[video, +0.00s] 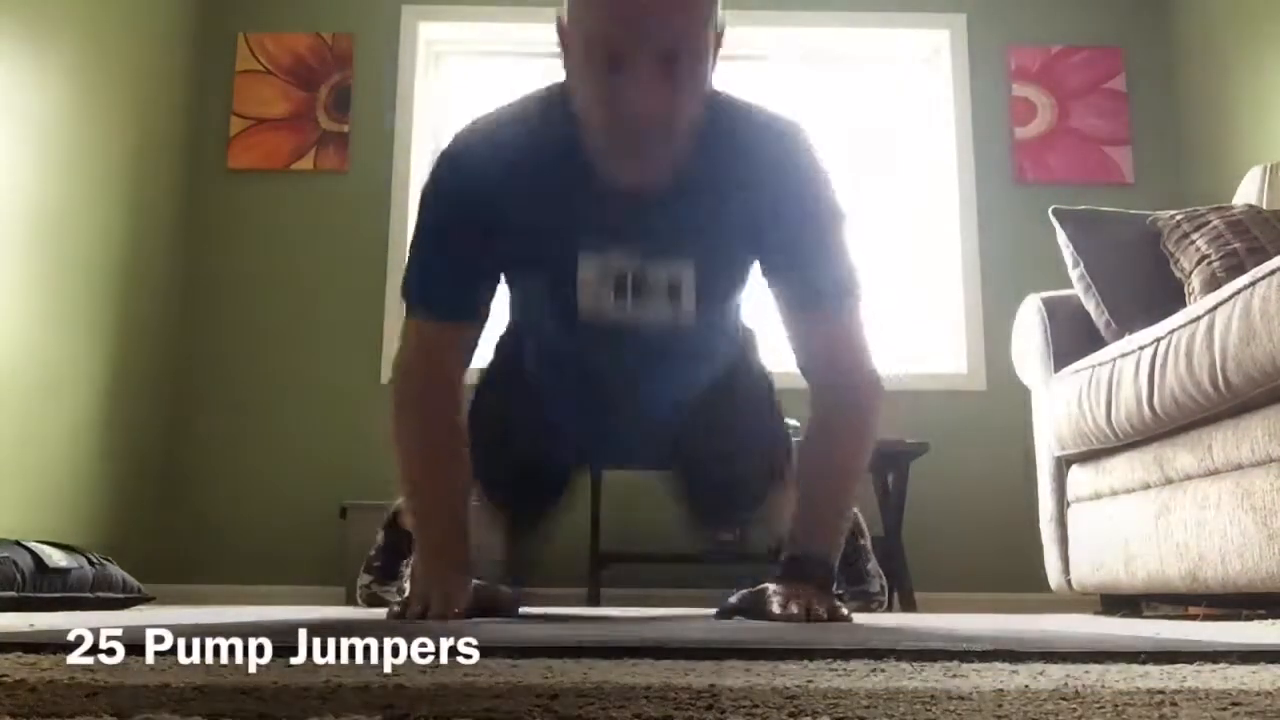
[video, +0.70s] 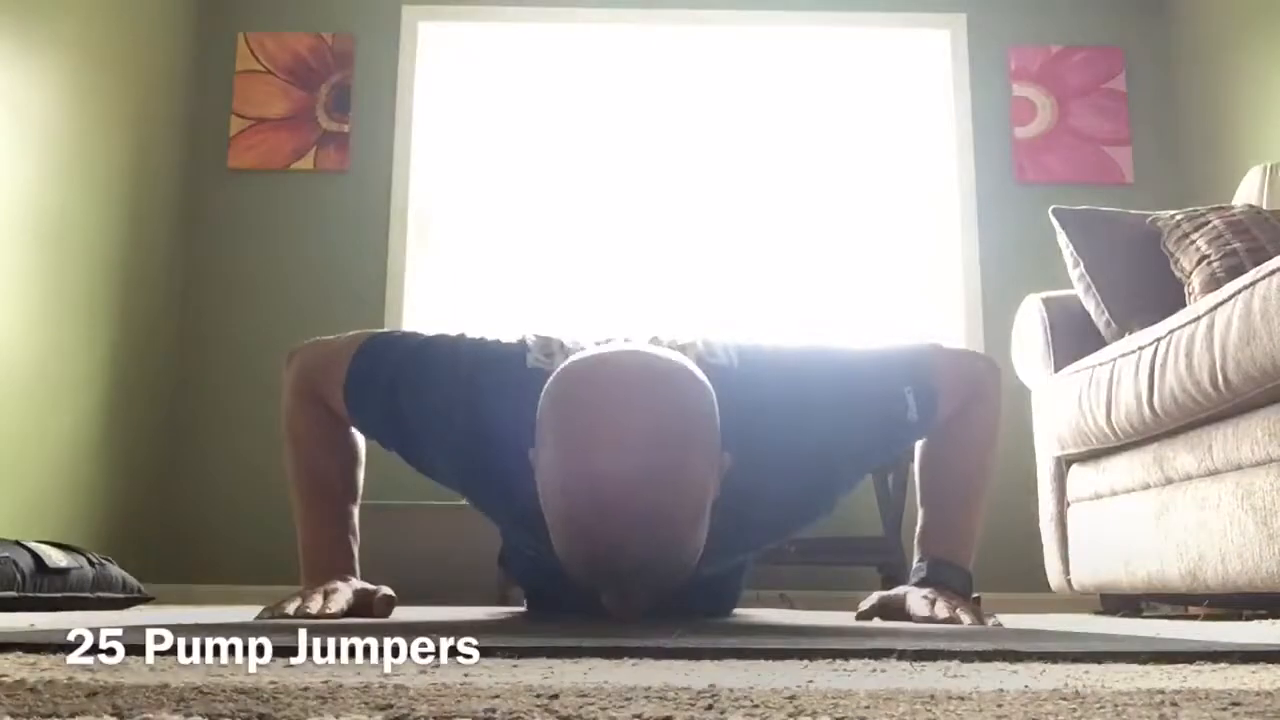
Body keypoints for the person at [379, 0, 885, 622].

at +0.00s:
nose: (641, 100)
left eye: (671, 62)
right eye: (611, 63)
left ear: (717, 51)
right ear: (564, 46)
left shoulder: (771, 162)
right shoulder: (485, 165)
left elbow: (847, 382)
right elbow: (426, 374)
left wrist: (810, 572)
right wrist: (441, 583)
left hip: (706, 395)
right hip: (546, 393)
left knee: (765, 532)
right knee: (478, 542)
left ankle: (837, 536)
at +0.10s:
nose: (642, 44)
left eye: (675, 12)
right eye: (612, 10)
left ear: (714, 7)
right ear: (574, 4)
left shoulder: (774, 82)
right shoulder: (488, 86)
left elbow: (826, 332)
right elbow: (436, 324)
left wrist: (811, 547)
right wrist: (440, 552)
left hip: (706, 302)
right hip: (548, 301)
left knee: (761, 412)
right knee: (488, 422)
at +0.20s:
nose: (639, 40)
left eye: (670, 6)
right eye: (608, 5)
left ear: (711, 1)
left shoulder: (773, 39)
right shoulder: (484, 57)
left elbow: (851, 295)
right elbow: (412, 293)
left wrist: (856, 495)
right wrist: (412, 498)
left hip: (698, 280)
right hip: (558, 282)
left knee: (720, 394)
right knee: (545, 395)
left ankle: (729, 466)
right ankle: (530, 464)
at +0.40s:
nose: (622, 292)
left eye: (650, 262)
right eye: (592, 263)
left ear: (692, 219)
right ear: (547, 226)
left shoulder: (772, 239)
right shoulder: (468, 243)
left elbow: (945, 383)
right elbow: (330, 384)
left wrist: (939, 574)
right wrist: (328, 580)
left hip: (690, 420)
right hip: (566, 422)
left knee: (670, 501)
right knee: (589, 497)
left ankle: (659, 537)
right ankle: (594, 536)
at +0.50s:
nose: (628, 460)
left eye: (655, 441)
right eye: (600, 439)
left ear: (703, 362)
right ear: (548, 364)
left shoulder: (781, 341)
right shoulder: (470, 335)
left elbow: (977, 385)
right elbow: (315, 386)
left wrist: (946, 575)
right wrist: (328, 581)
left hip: (698, 528)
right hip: (548, 528)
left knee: (675, 564)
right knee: (552, 577)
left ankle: (660, 578)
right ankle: (570, 572)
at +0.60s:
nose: (624, 575)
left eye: (658, 557)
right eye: (587, 557)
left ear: (713, 461)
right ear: (535, 455)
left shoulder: (793, 403)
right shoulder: (475, 388)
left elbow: (977, 382)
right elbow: (317, 379)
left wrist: (944, 576)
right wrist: (330, 576)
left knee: (683, 573)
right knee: (553, 569)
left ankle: (693, 577)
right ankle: (540, 571)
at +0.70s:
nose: (626, 609)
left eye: (658, 579)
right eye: (594, 577)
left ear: (717, 467)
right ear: (537, 465)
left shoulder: (797, 413)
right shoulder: (479, 397)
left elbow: (974, 381)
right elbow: (314, 375)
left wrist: (942, 576)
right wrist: (331, 576)